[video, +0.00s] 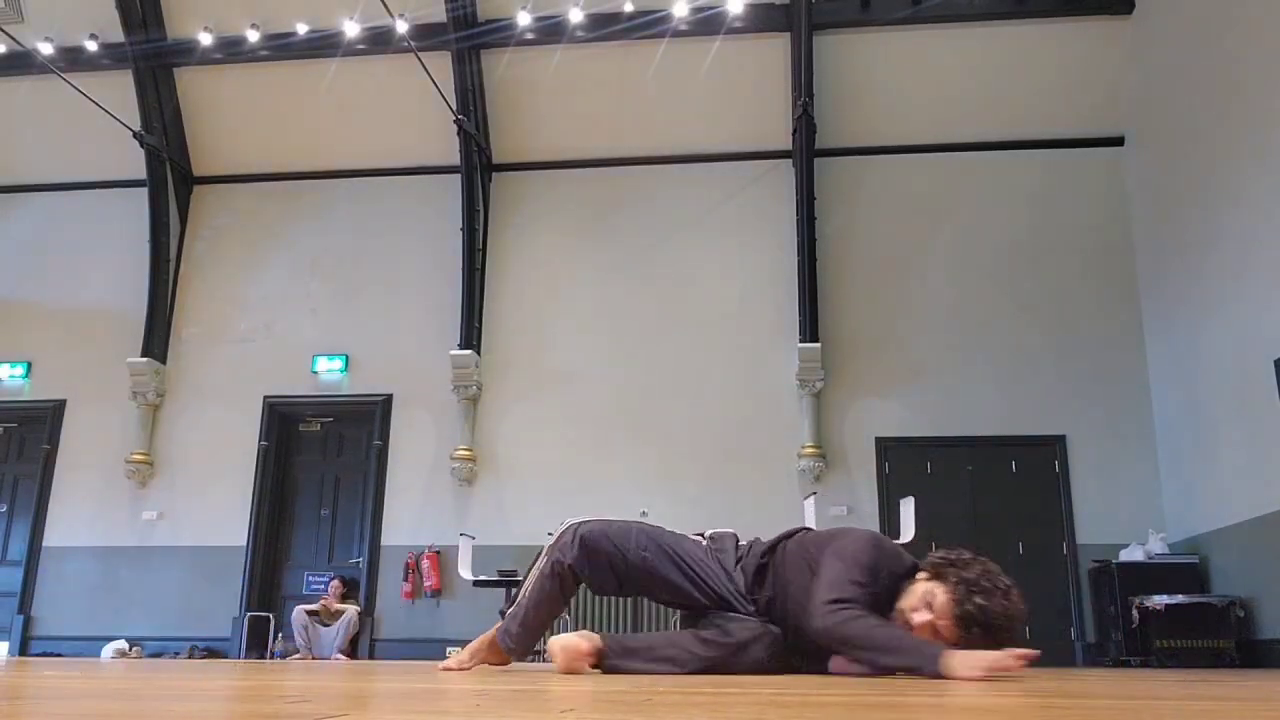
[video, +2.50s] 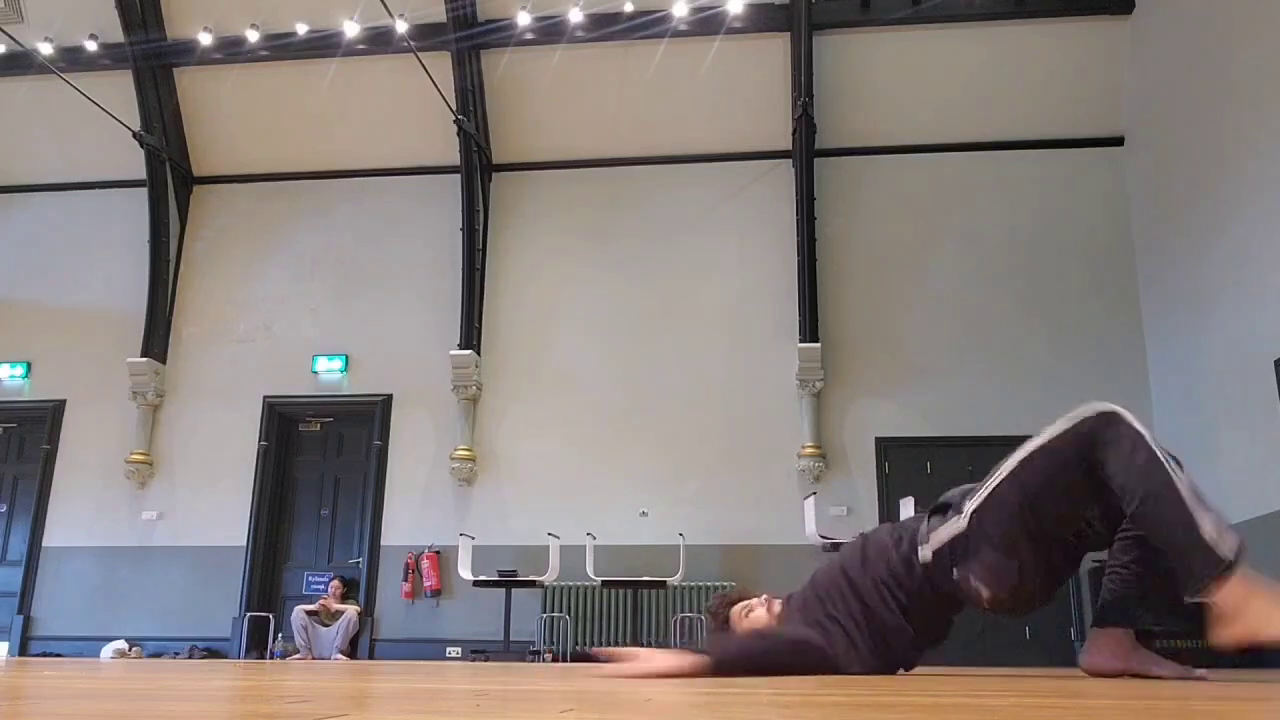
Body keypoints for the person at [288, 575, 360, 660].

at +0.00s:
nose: (333, 591)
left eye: (337, 588)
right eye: (331, 587)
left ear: (344, 590)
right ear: (328, 589)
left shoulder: (349, 603)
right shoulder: (323, 604)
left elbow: (357, 610)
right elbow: (298, 608)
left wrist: (335, 606)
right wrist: (318, 607)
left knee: (352, 614)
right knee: (297, 612)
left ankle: (337, 653)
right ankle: (304, 652)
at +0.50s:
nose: (333, 591)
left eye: (337, 588)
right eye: (331, 587)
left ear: (344, 590)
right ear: (328, 589)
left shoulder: (349, 603)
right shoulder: (323, 603)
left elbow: (357, 610)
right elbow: (297, 608)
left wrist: (335, 606)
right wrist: (317, 607)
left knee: (352, 614)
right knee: (297, 612)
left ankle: (337, 653)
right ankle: (304, 652)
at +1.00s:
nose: (333, 591)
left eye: (337, 588)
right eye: (331, 587)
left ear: (343, 590)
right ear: (328, 589)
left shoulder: (349, 603)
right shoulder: (323, 603)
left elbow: (357, 610)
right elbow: (297, 608)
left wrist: (335, 607)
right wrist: (317, 607)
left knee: (352, 613)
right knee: (297, 612)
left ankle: (336, 653)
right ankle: (304, 652)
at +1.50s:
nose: (333, 591)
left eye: (337, 588)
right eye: (331, 588)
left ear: (344, 590)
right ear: (328, 589)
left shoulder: (349, 602)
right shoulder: (323, 603)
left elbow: (357, 610)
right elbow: (297, 608)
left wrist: (334, 606)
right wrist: (318, 607)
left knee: (352, 614)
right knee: (297, 612)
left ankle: (336, 653)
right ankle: (304, 653)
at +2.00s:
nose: (333, 591)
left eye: (337, 588)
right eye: (331, 588)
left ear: (344, 590)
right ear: (328, 589)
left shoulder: (348, 602)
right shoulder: (323, 602)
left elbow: (357, 610)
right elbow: (297, 608)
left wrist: (334, 606)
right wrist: (316, 607)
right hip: (316, 637)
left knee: (352, 614)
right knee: (297, 612)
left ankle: (336, 653)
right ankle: (304, 653)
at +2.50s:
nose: (333, 591)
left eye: (337, 588)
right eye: (331, 588)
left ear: (343, 590)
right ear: (328, 589)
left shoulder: (349, 602)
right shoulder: (323, 602)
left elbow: (357, 610)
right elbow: (297, 608)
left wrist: (334, 606)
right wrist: (315, 607)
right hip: (316, 636)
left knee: (352, 614)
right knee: (297, 612)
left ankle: (336, 653)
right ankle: (304, 653)